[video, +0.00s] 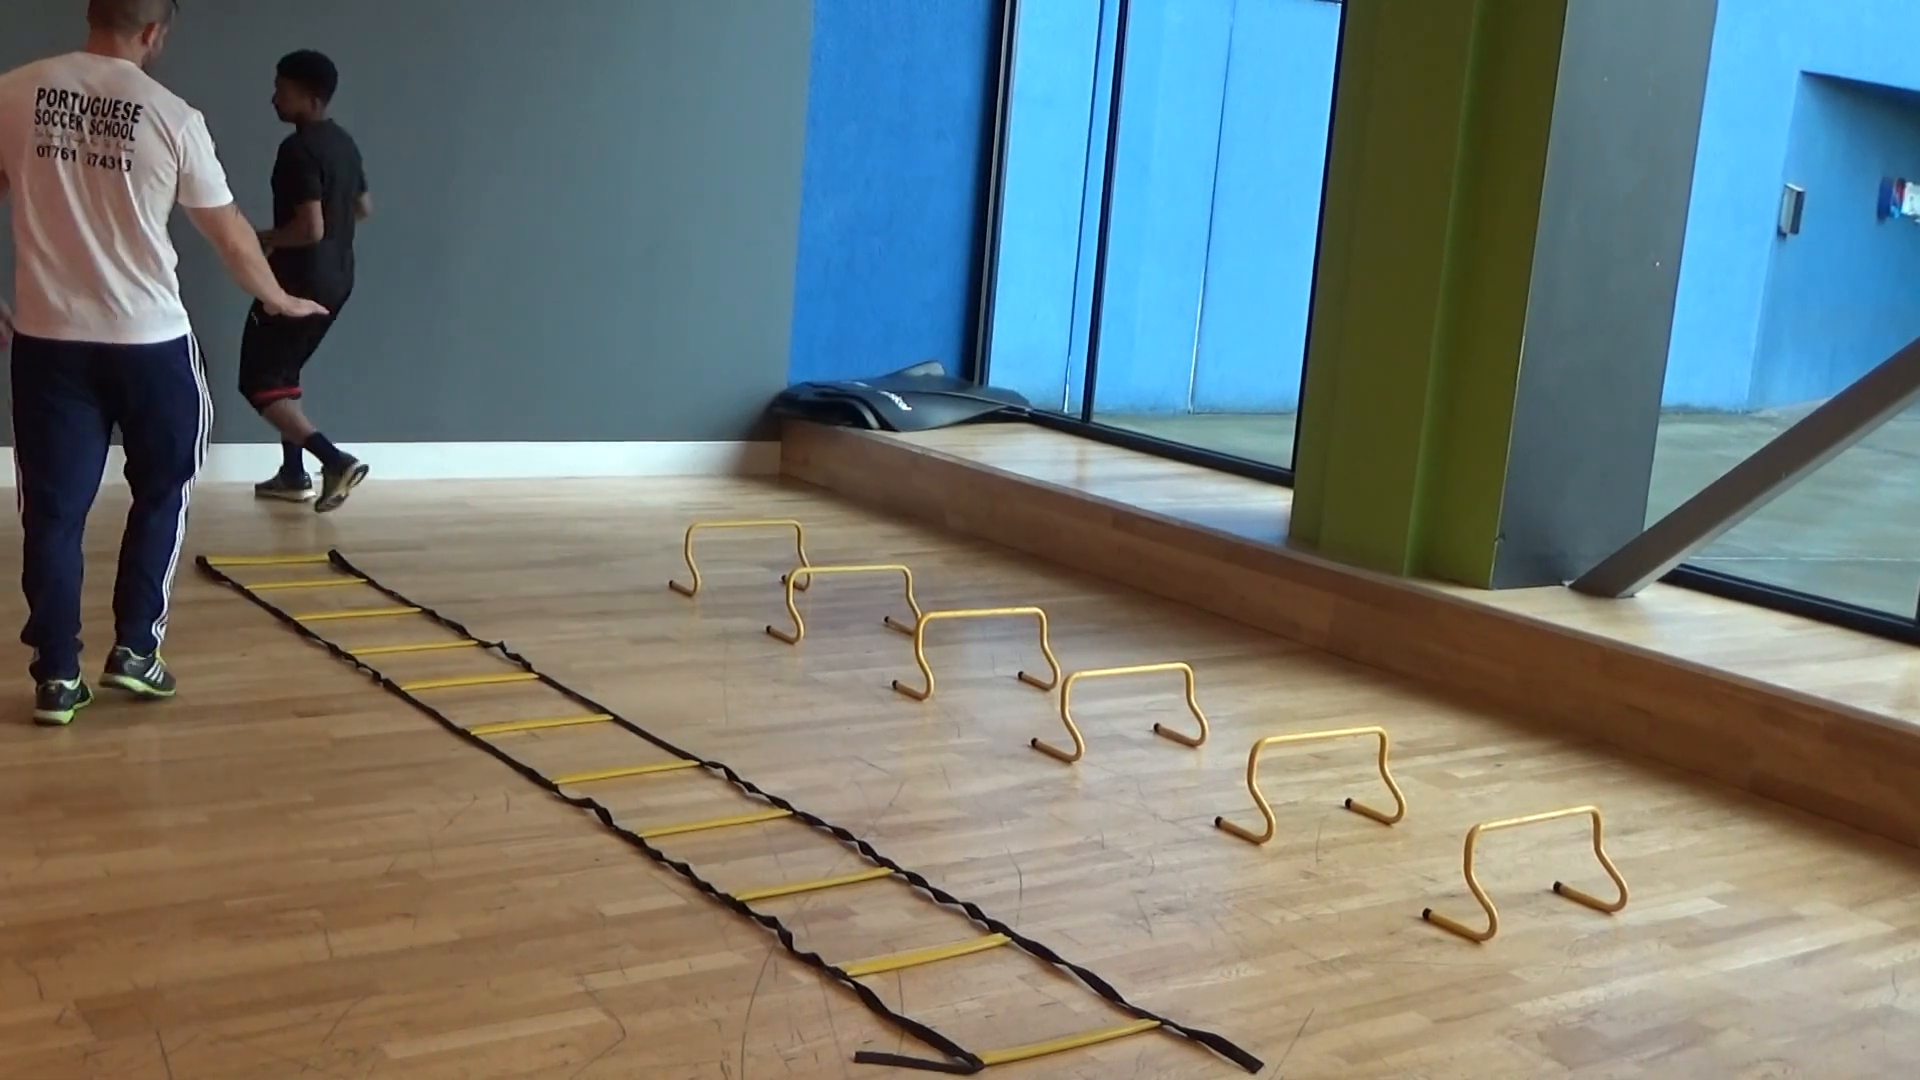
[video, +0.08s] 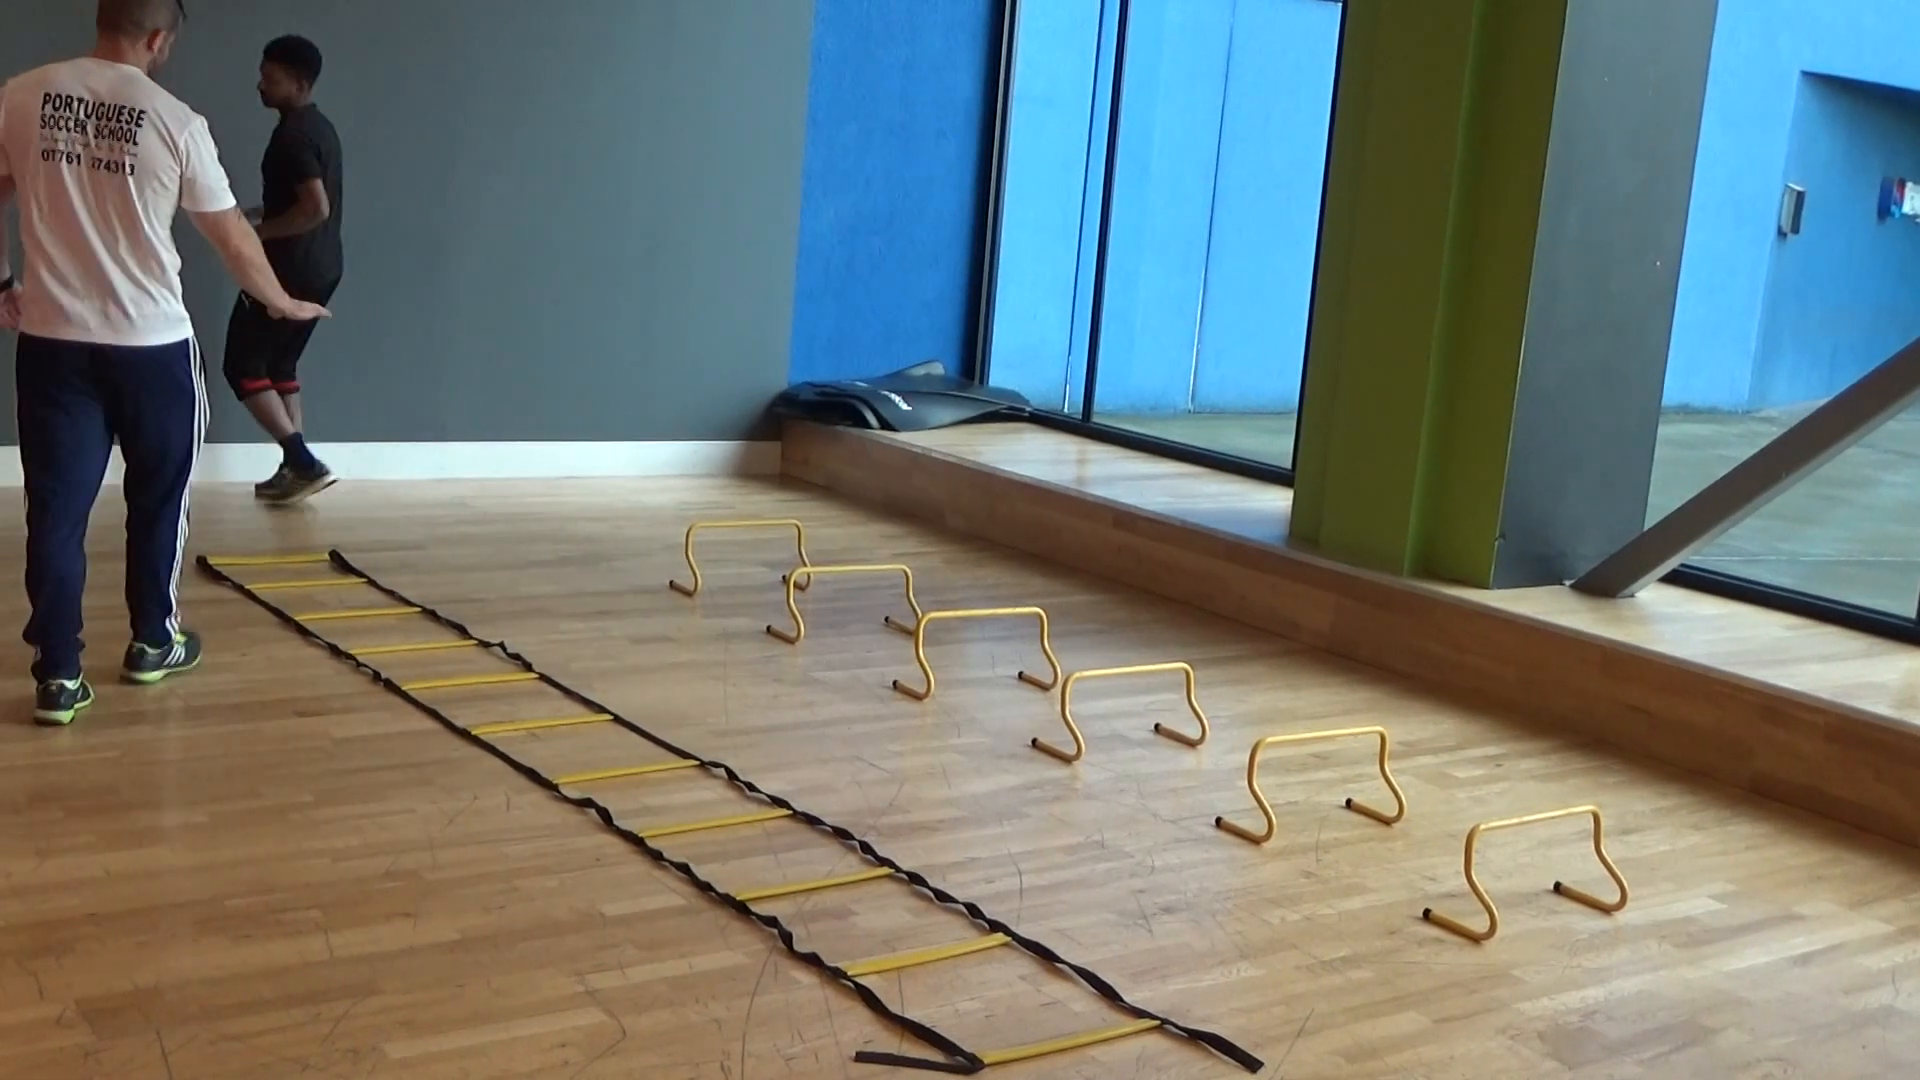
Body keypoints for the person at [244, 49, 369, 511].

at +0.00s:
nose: (274, 95)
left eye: (281, 87)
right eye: (276, 86)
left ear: (308, 93)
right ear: (319, 95)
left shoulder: (298, 148)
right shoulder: (342, 142)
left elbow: (309, 228)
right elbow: (361, 208)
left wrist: (260, 240)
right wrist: (309, 216)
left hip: (299, 281)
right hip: (334, 279)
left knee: (258, 384)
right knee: (283, 373)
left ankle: (336, 463)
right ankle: (292, 473)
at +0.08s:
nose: (259, 80)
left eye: (268, 73)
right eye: (262, 71)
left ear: (294, 79)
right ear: (301, 82)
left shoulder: (295, 132)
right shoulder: (319, 128)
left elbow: (314, 208)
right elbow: (310, 203)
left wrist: (257, 232)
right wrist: (255, 214)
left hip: (291, 266)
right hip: (320, 264)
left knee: (242, 366)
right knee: (282, 365)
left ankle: (302, 461)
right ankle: (293, 468)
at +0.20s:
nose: (247, 68)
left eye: (258, 62)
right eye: (246, 59)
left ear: (284, 66)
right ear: (248, 58)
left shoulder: (284, 107)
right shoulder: (274, 105)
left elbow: (318, 176)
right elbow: (281, 173)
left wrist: (253, 203)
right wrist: (241, 184)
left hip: (276, 253)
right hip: (292, 250)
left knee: (240, 350)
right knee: (276, 351)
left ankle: (245, 465)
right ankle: (294, 463)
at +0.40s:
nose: (234, 72)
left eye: (247, 66)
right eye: (232, 61)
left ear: (267, 71)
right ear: (224, 59)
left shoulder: (264, 116)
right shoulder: (231, 110)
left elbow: (289, 191)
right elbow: (226, 174)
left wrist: (232, 212)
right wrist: (202, 202)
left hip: (254, 254)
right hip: (225, 249)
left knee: (227, 354)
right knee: (225, 354)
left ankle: (220, 465)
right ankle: (281, 447)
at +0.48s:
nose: (230, 72)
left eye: (242, 66)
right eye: (228, 61)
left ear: (258, 72)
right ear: (217, 59)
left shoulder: (259, 120)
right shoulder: (198, 105)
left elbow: (271, 196)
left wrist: (216, 205)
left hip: (247, 245)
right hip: (200, 238)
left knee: (236, 343)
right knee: (203, 340)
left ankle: (223, 457)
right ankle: (251, 433)